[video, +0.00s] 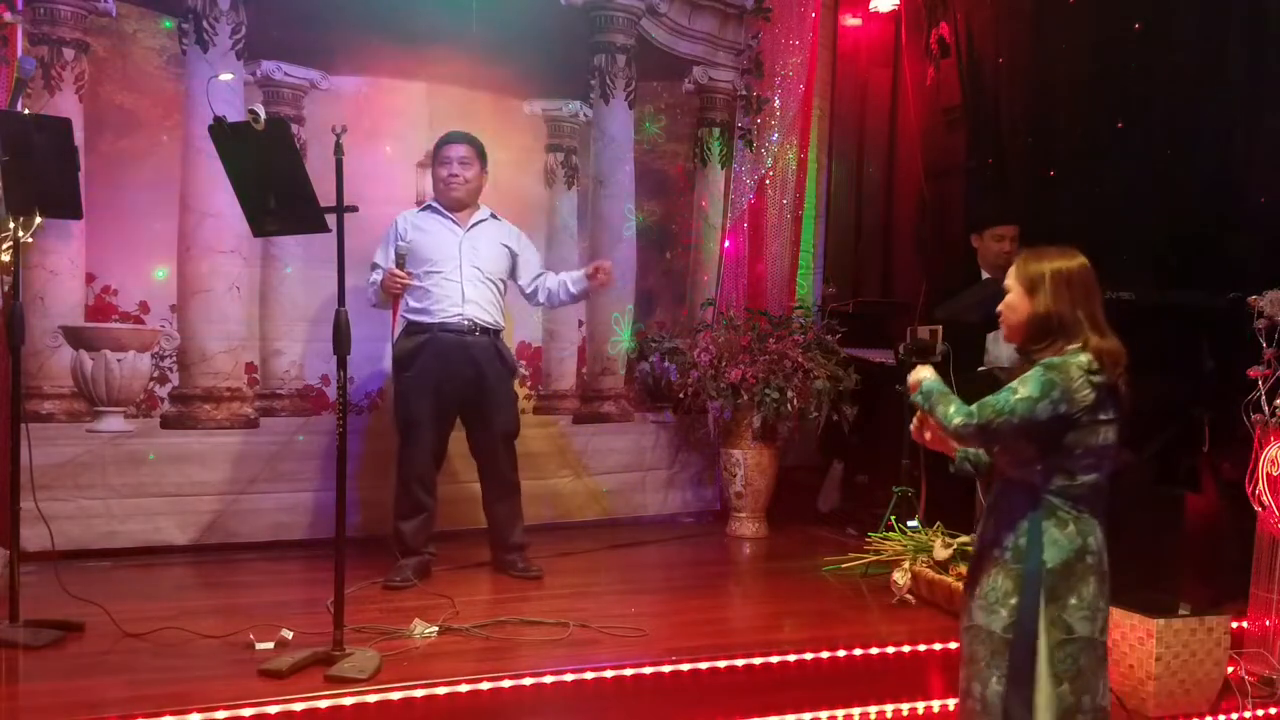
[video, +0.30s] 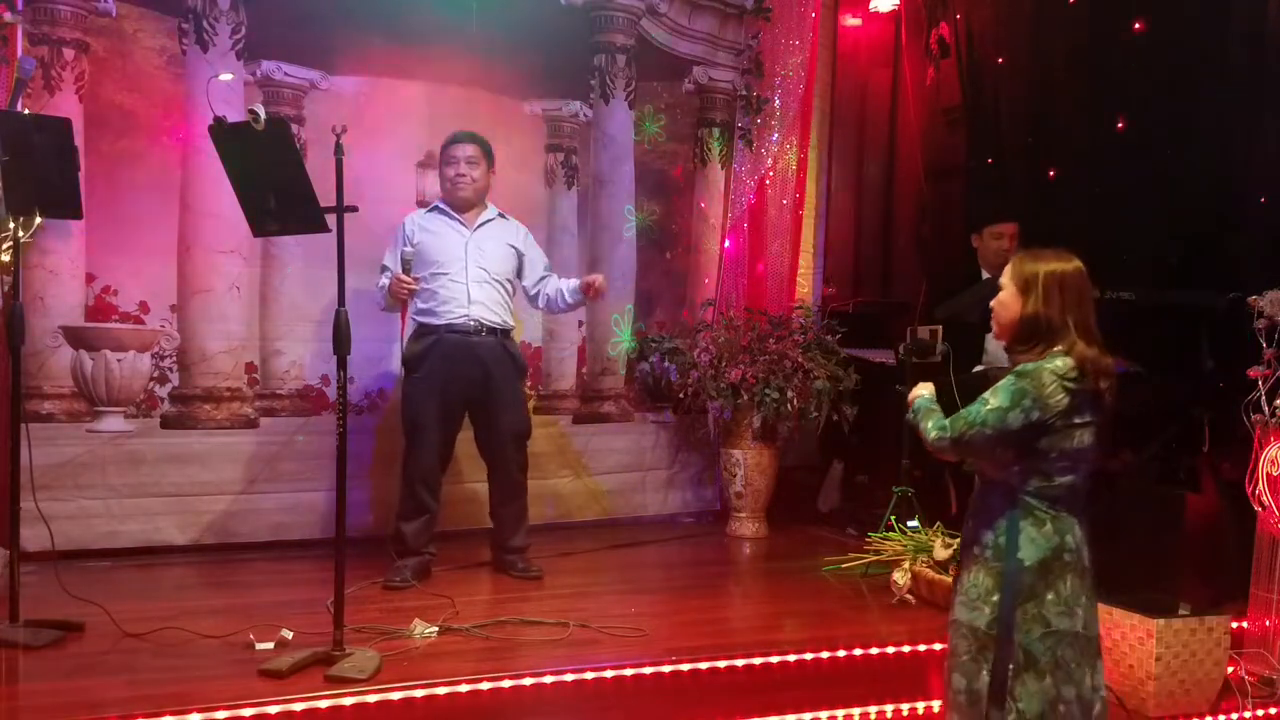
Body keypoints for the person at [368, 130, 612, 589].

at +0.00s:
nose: (453, 171)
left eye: (465, 163)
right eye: (444, 163)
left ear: (483, 175)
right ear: (432, 173)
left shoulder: (506, 233)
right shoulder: (408, 225)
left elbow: (539, 288)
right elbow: (376, 288)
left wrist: (584, 279)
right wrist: (385, 286)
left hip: (486, 352)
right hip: (424, 350)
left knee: (500, 458)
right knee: (418, 459)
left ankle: (510, 552)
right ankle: (413, 557)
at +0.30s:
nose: (460, 171)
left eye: (471, 163)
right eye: (451, 163)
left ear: (490, 174)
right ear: (439, 174)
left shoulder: (513, 231)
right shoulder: (416, 225)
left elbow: (542, 290)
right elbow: (388, 288)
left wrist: (580, 288)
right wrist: (393, 289)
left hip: (496, 352)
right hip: (435, 350)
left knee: (509, 454)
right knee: (424, 456)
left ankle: (512, 552)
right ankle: (413, 557)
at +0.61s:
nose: (476, 175)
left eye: (487, 167)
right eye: (468, 167)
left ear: (505, 177)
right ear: (456, 175)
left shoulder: (525, 233)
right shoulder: (431, 230)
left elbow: (548, 294)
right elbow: (403, 290)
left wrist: (574, 312)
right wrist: (409, 295)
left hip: (518, 352)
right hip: (459, 353)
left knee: (522, 454)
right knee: (437, 449)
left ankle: (513, 550)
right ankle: (414, 556)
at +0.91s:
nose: (492, 178)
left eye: (503, 171)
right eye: (483, 169)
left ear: (519, 181)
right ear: (470, 178)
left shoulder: (538, 236)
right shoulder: (443, 231)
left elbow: (559, 297)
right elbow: (417, 292)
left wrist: (592, 305)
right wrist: (419, 297)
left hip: (527, 354)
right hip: (466, 354)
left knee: (530, 453)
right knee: (445, 446)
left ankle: (514, 549)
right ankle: (416, 553)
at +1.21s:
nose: (505, 177)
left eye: (516, 171)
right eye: (495, 168)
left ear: (527, 183)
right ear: (478, 177)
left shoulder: (542, 238)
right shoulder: (447, 227)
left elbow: (566, 299)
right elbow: (417, 293)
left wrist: (592, 281)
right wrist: (419, 286)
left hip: (525, 353)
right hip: (465, 351)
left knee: (522, 457)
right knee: (445, 449)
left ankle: (513, 549)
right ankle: (417, 552)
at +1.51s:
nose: (516, 182)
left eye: (524, 176)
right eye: (507, 171)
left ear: (531, 184)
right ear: (482, 175)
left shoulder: (542, 239)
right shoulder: (446, 224)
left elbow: (562, 302)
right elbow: (414, 282)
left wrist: (578, 283)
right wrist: (420, 285)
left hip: (523, 355)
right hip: (465, 353)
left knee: (523, 460)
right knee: (444, 453)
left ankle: (514, 550)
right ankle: (417, 553)